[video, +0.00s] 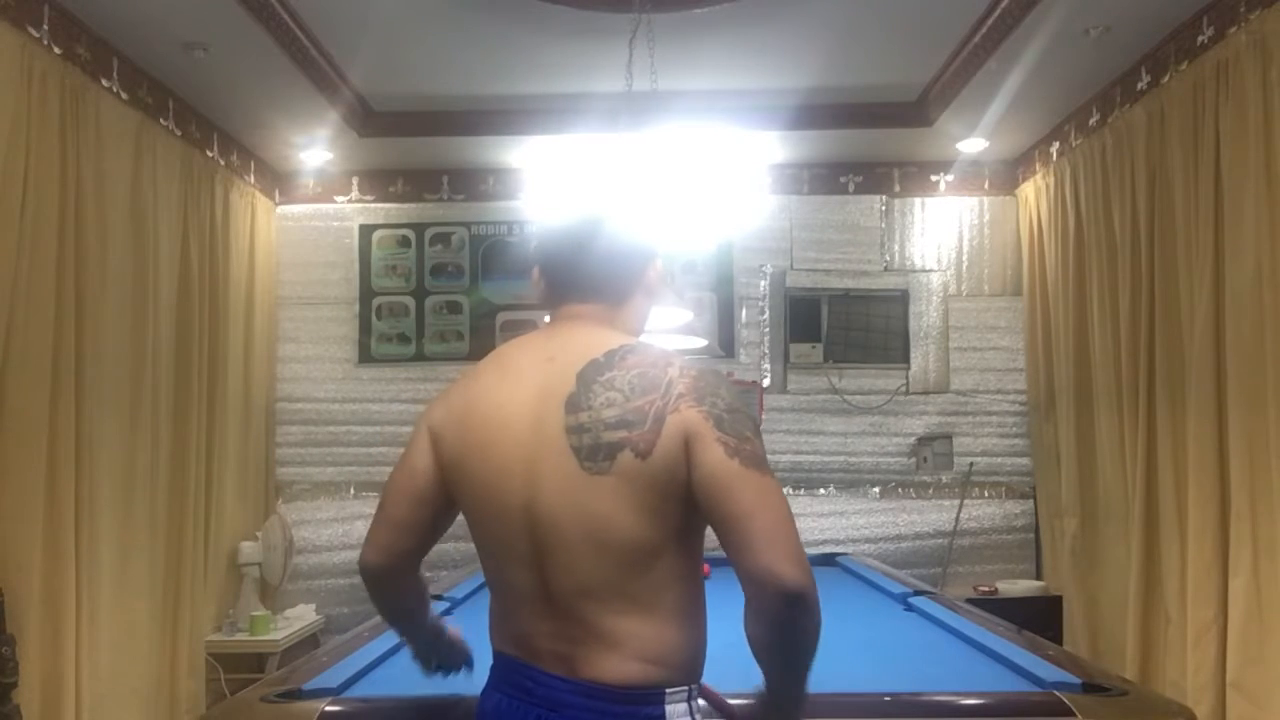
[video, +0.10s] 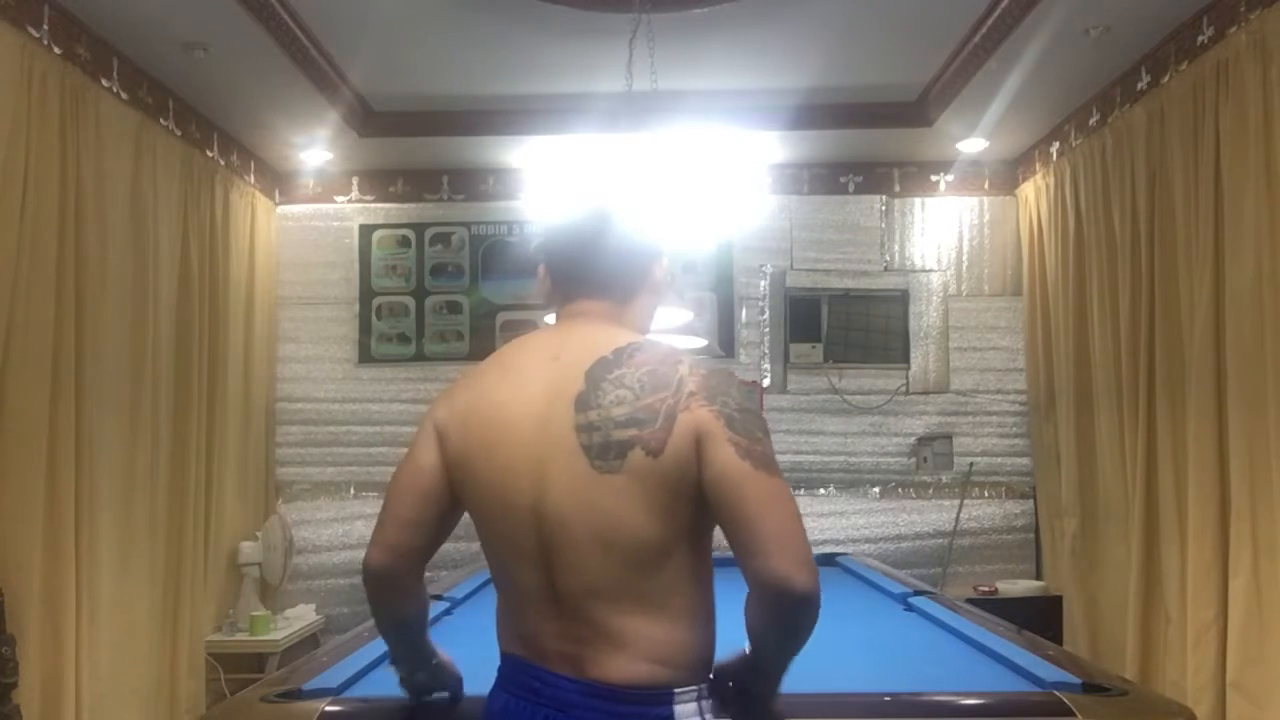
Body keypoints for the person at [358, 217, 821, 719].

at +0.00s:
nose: (661, 282)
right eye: (659, 269)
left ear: (542, 280)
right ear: (646, 276)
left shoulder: (467, 392)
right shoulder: (689, 387)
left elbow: (383, 560)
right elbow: (785, 584)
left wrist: (428, 637)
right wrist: (781, 700)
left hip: (512, 698)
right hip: (648, 703)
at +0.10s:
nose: (666, 281)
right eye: (665, 269)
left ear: (546, 277)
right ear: (654, 274)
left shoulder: (471, 390)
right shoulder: (700, 386)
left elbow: (388, 564)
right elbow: (789, 582)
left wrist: (417, 664)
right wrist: (761, 674)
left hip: (521, 697)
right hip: (660, 702)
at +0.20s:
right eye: (673, 272)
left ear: (550, 273)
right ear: (663, 275)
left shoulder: (476, 391)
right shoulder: (712, 386)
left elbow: (391, 566)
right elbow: (807, 581)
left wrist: (414, 673)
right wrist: (759, 645)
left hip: (535, 699)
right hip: (678, 703)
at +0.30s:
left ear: (562, 268)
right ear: (675, 270)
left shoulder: (485, 390)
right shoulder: (735, 384)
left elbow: (404, 568)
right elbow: (827, 578)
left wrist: (426, 656)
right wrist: (767, 626)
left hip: (547, 698)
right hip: (691, 700)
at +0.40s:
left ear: (573, 266)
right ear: (686, 265)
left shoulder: (489, 390)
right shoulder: (750, 385)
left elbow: (415, 571)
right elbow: (833, 586)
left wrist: (456, 647)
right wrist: (770, 616)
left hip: (550, 699)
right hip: (697, 701)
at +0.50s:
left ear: (581, 264)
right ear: (693, 264)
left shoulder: (493, 388)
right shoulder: (758, 387)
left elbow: (425, 571)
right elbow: (834, 594)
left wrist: (477, 647)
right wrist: (775, 613)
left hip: (549, 699)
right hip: (700, 701)